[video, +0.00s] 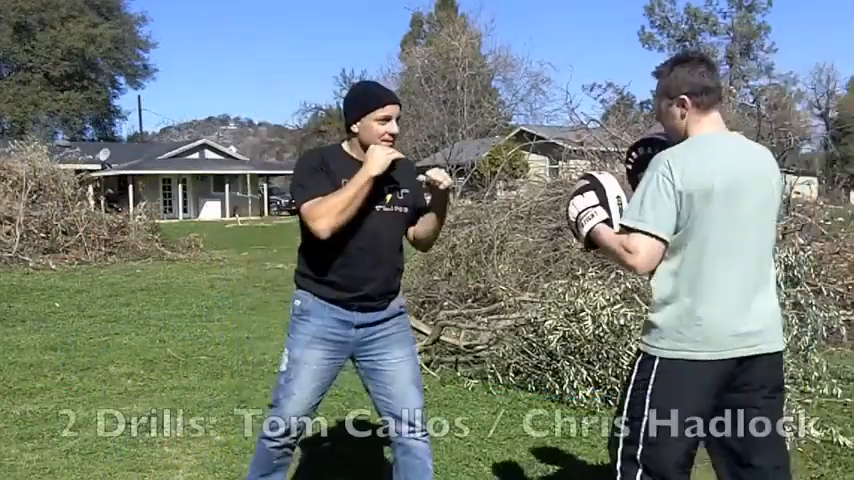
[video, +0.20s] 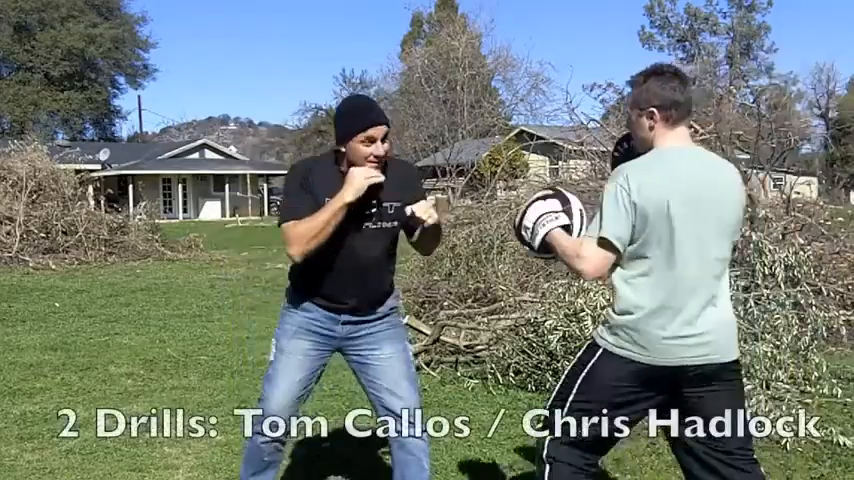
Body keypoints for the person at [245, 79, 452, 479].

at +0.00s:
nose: (393, 129)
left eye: (396, 120)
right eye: (383, 121)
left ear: (398, 122)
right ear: (355, 124)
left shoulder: (401, 171)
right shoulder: (317, 162)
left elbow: (421, 238)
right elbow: (320, 224)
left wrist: (440, 199)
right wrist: (368, 172)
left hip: (386, 318)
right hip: (321, 316)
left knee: (410, 426)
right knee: (284, 426)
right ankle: (261, 476)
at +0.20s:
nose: (380, 150)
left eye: (384, 139)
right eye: (368, 142)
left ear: (390, 136)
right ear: (342, 143)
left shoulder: (402, 173)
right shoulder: (307, 173)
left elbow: (425, 245)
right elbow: (296, 246)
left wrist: (430, 223)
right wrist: (344, 196)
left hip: (378, 321)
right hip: (308, 318)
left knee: (406, 419)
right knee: (274, 417)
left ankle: (414, 476)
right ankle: (255, 476)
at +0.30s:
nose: (363, 191)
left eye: (369, 179)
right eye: (351, 182)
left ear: (377, 172)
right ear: (329, 180)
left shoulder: (395, 200)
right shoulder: (297, 203)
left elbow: (425, 260)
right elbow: (283, 276)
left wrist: (418, 254)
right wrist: (325, 236)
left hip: (374, 325)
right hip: (304, 325)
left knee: (409, 413)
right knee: (267, 408)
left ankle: (418, 476)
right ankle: (252, 475)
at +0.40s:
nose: (347, 229)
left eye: (353, 217)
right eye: (335, 221)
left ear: (361, 210)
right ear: (314, 218)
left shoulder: (383, 228)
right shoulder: (286, 230)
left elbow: (418, 281)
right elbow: (268, 306)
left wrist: (403, 280)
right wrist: (303, 273)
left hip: (369, 325)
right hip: (305, 326)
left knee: (408, 406)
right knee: (260, 403)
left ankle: (416, 475)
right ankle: (249, 474)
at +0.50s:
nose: (329, 234)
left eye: (334, 222)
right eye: (317, 226)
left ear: (342, 213)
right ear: (297, 226)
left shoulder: (367, 230)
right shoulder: (270, 240)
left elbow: (407, 291)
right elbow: (261, 317)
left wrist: (387, 287)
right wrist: (291, 278)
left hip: (364, 325)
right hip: (301, 329)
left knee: (406, 407)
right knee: (257, 402)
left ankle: (415, 475)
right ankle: (249, 475)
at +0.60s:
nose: (318, 211)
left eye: (321, 198)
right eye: (304, 204)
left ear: (327, 191)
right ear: (282, 206)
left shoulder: (353, 214)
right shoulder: (258, 231)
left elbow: (392, 281)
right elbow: (256, 309)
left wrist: (369, 263)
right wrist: (284, 261)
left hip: (361, 323)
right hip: (296, 326)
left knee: (403, 406)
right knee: (257, 404)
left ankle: (419, 475)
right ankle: (249, 475)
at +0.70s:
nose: (314, 187)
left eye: (317, 175)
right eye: (301, 181)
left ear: (323, 170)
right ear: (278, 184)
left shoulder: (348, 196)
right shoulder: (255, 215)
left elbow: (390, 263)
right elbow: (248, 291)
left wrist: (360, 237)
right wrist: (278, 239)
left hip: (364, 316)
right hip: (298, 320)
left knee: (409, 399)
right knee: (262, 400)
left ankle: (434, 475)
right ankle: (251, 475)